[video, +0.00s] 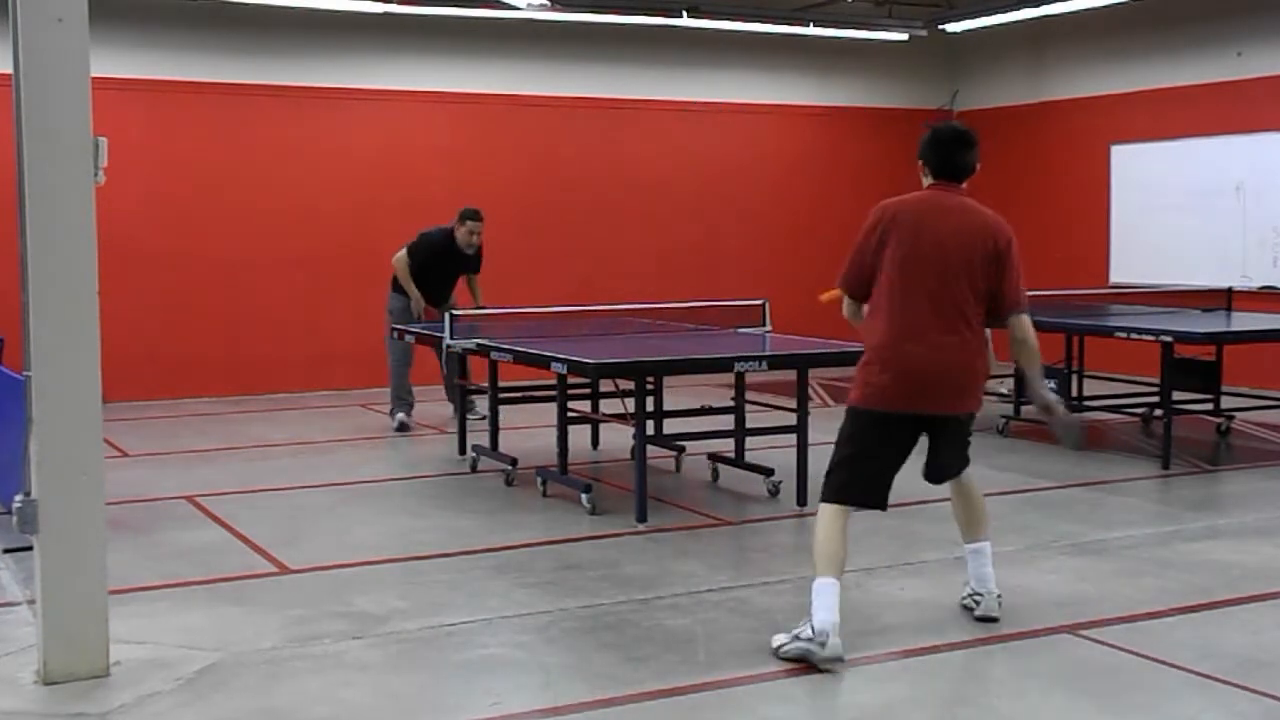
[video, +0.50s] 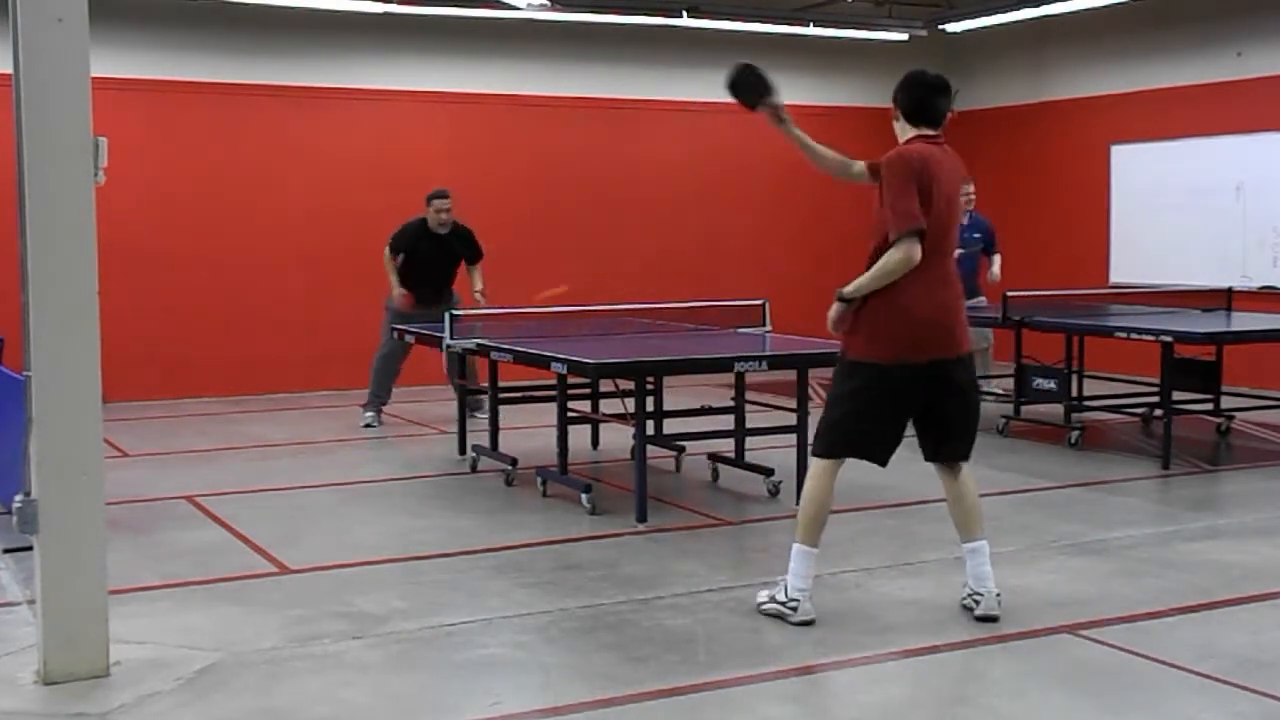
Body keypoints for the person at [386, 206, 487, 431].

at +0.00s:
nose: (475, 240)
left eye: (479, 234)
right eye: (471, 233)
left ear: (482, 233)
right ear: (457, 228)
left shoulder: (474, 249)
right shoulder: (433, 240)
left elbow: (471, 276)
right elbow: (398, 261)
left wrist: (478, 303)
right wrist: (415, 296)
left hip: (440, 301)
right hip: (406, 297)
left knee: (453, 352)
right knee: (401, 354)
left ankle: (463, 403)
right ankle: (401, 409)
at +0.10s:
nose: (476, 231)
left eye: (480, 226)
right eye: (472, 224)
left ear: (483, 225)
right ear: (458, 221)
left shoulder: (477, 245)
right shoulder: (434, 233)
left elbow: (477, 272)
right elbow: (400, 254)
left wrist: (485, 298)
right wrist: (417, 288)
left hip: (442, 300)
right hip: (408, 295)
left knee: (453, 350)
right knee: (399, 348)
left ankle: (464, 403)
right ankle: (390, 407)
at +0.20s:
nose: (473, 223)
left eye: (476, 217)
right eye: (468, 216)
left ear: (479, 217)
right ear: (454, 214)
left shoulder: (475, 239)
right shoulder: (431, 229)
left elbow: (477, 268)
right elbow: (399, 251)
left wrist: (487, 294)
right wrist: (419, 284)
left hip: (440, 298)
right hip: (407, 294)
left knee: (451, 350)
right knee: (397, 346)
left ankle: (464, 405)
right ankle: (377, 407)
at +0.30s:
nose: (466, 215)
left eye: (470, 210)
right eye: (461, 210)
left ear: (472, 211)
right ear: (448, 208)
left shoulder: (471, 234)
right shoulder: (426, 227)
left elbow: (474, 264)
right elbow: (396, 251)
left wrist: (486, 291)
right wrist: (417, 284)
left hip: (439, 298)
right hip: (406, 296)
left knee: (449, 351)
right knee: (394, 347)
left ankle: (463, 404)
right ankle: (375, 407)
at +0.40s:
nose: (457, 214)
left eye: (460, 208)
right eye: (452, 208)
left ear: (465, 209)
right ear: (439, 207)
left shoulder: (466, 233)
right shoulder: (419, 227)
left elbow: (473, 263)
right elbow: (391, 254)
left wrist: (482, 289)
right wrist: (410, 287)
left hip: (440, 300)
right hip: (405, 299)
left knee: (451, 351)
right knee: (391, 350)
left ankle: (464, 403)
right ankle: (374, 407)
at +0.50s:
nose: (444, 216)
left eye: (448, 211)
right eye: (439, 211)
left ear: (452, 211)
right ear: (427, 211)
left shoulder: (462, 236)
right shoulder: (412, 232)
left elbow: (473, 263)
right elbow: (390, 254)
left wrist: (477, 289)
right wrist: (395, 286)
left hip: (443, 304)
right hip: (407, 304)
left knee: (460, 351)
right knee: (391, 351)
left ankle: (473, 402)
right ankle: (373, 407)